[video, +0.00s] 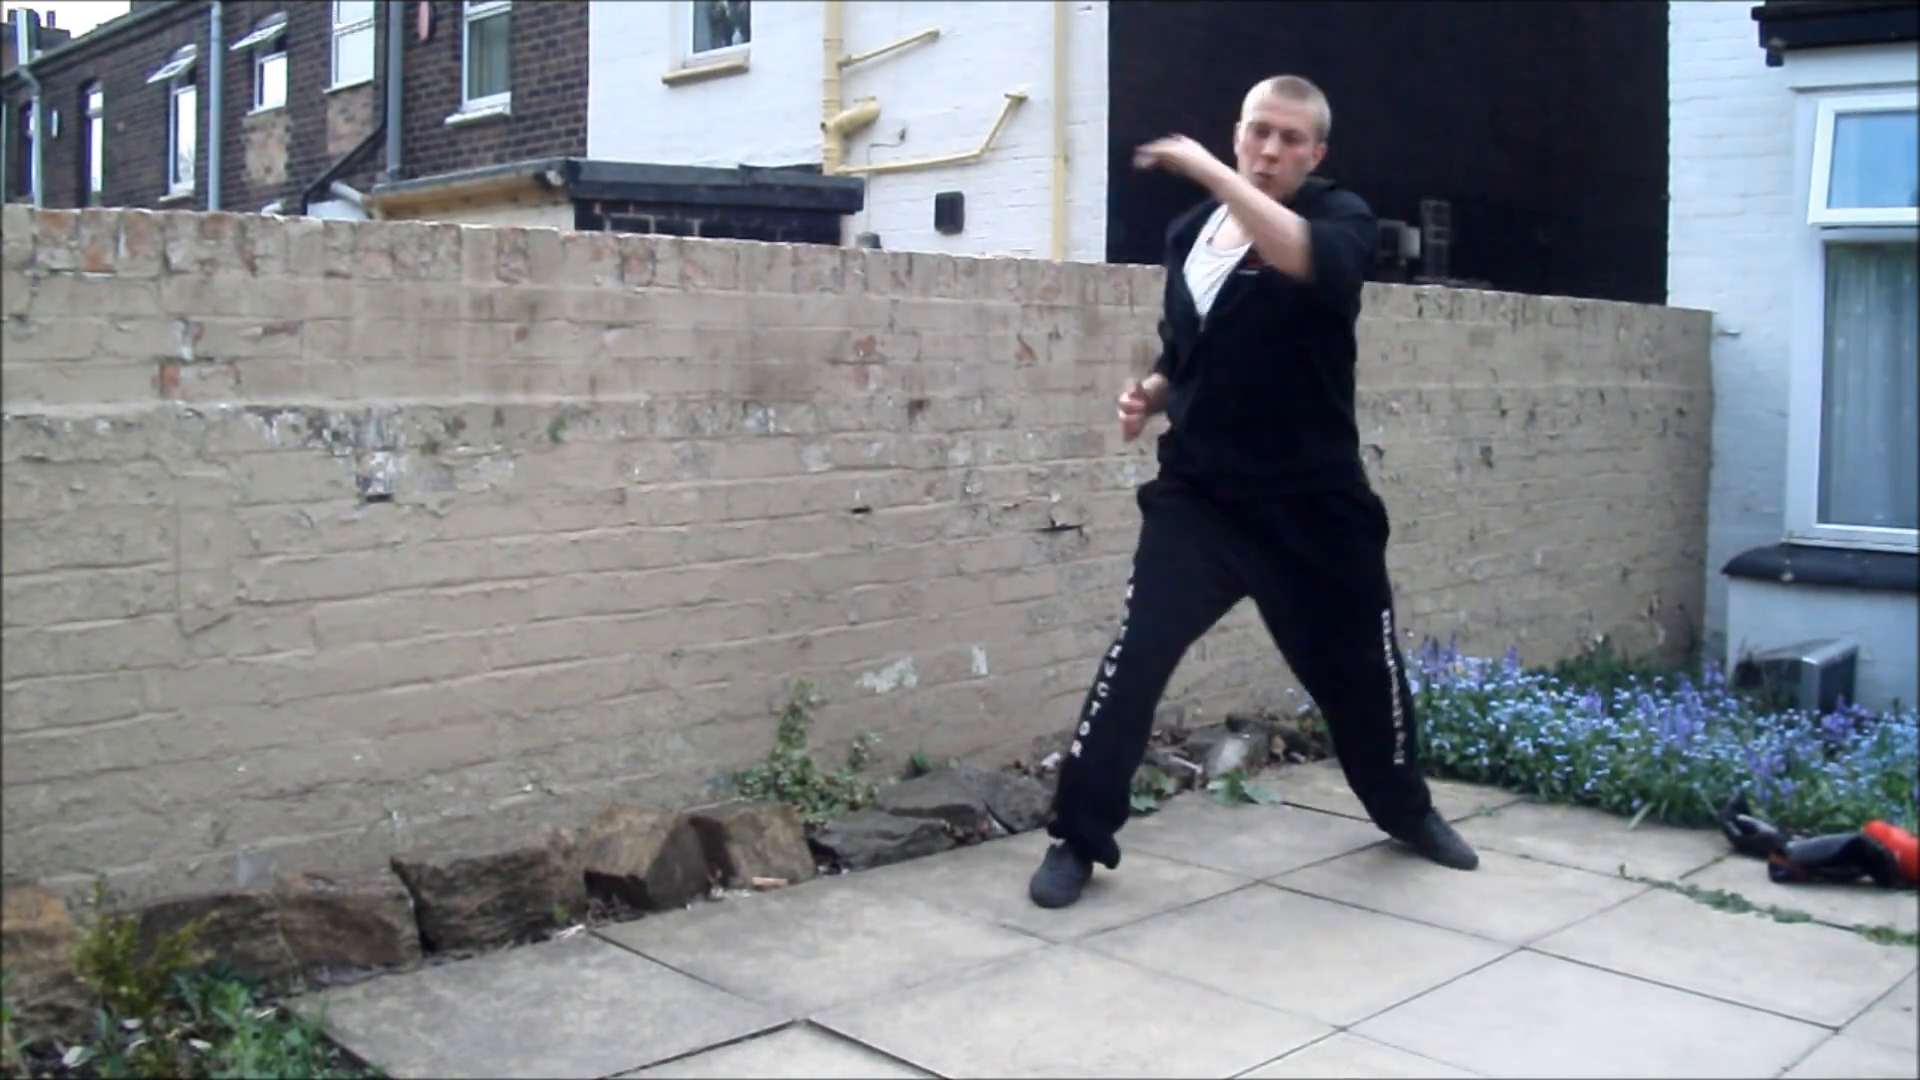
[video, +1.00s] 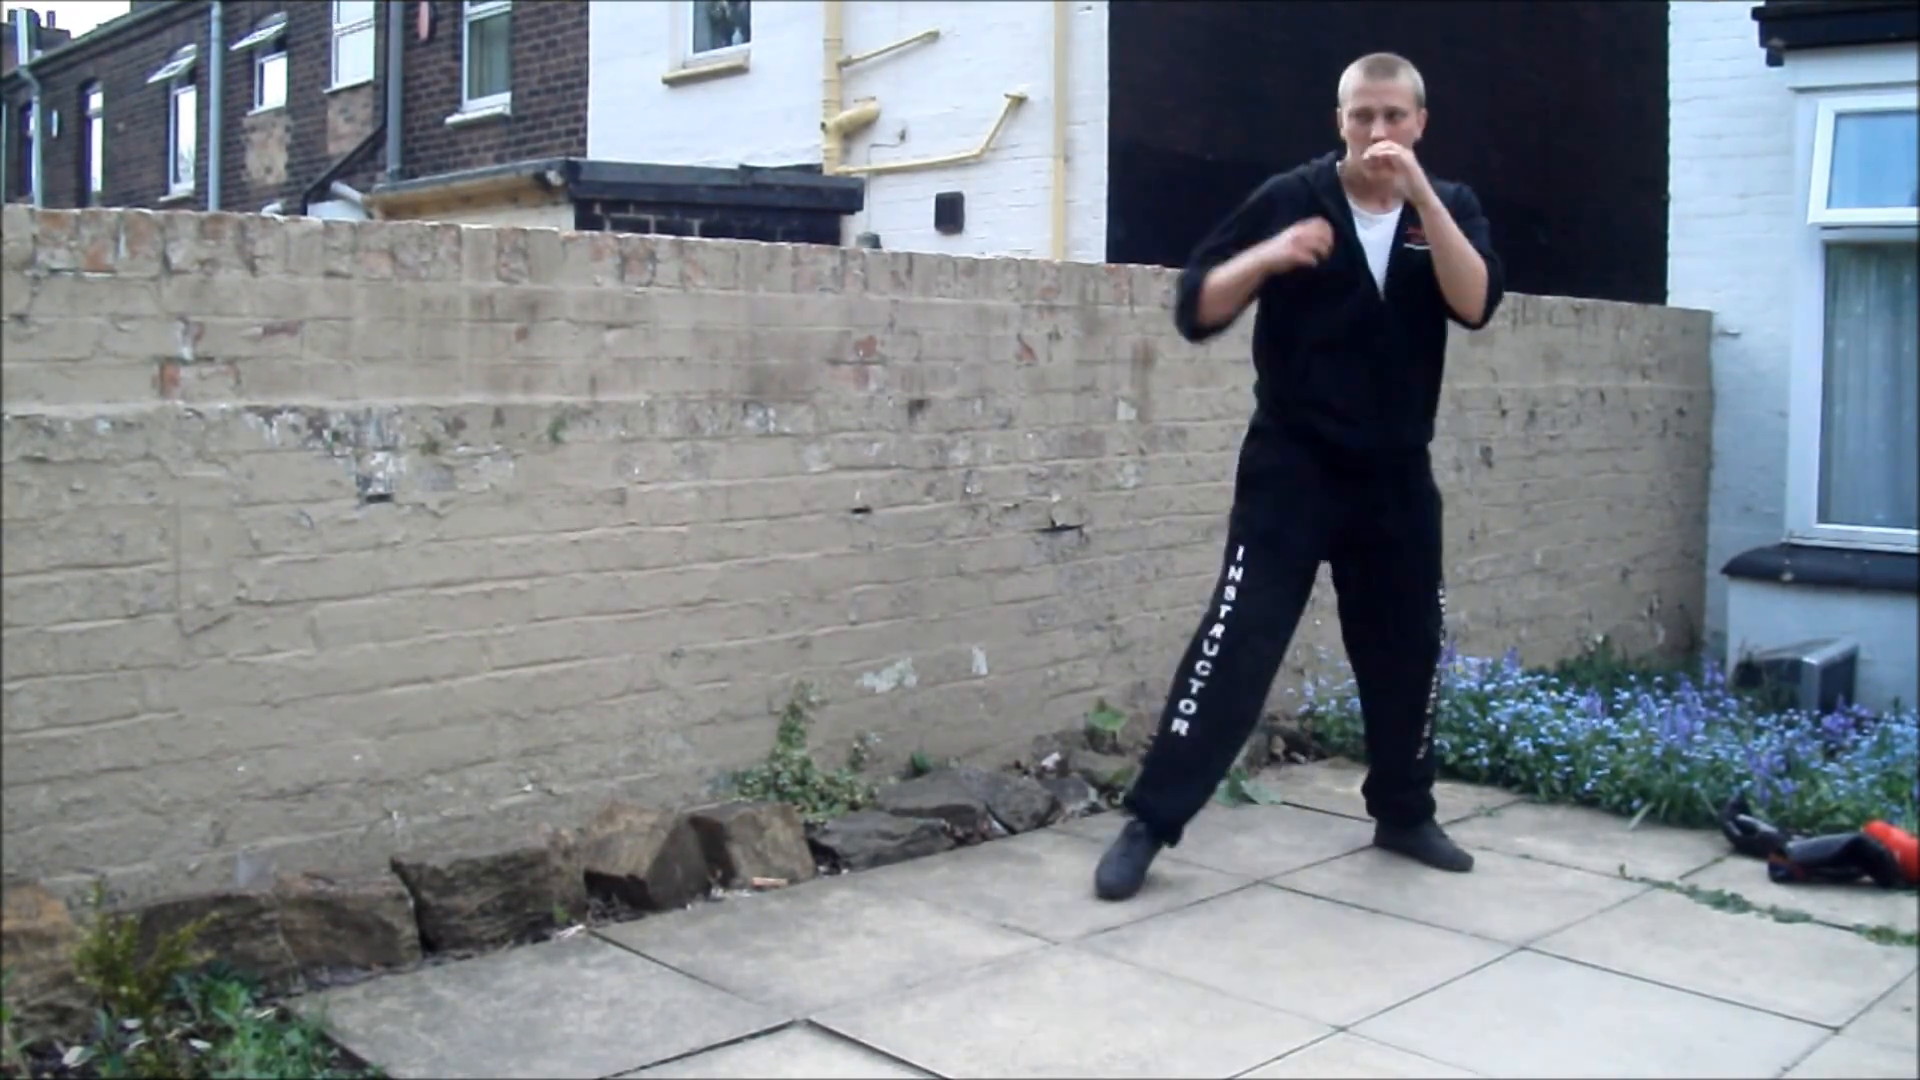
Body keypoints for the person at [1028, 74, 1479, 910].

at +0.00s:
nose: (1269, 150)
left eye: (1290, 139)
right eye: (1259, 132)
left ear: (1318, 153)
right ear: (1233, 134)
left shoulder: (1340, 216)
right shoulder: (1191, 233)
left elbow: (1315, 263)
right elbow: (1185, 348)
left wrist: (1209, 171)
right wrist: (1154, 389)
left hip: (1316, 506)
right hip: (1201, 502)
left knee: (1365, 669)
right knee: (1136, 658)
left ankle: (1406, 811)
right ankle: (1073, 840)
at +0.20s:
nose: (1414, 176)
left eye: (1419, 164)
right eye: (1404, 161)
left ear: (1413, 167)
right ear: (1358, 149)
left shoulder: (1387, 249)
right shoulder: (1279, 184)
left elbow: (1482, 287)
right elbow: (1376, 172)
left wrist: (1413, 199)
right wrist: (1466, 195)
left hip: (1335, 483)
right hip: (1243, 471)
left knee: (1396, 642)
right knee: (1192, 649)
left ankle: (1402, 820)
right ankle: (1081, 835)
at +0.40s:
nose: (1466, 212)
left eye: (1475, 198)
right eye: (1454, 193)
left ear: (1475, 202)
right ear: (1401, 183)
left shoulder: (1434, 269)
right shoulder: (1329, 258)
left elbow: (1508, 360)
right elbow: (1308, 405)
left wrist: (1484, 293)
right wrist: (1419, 402)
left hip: (1385, 512)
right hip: (1292, 510)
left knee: (1440, 651)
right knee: (1219, 669)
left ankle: (1406, 818)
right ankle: (1095, 833)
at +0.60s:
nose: (1406, 106)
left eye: (1421, 91)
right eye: (1390, 90)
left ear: (1439, 98)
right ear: (1357, 92)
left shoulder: (1463, 179)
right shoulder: (1303, 165)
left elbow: (1482, 290)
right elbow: (1246, 290)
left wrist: (1429, 186)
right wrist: (1343, 245)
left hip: (1411, 438)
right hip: (1305, 431)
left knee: (1411, 624)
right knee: (1284, 616)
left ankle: (1409, 801)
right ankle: (1237, 789)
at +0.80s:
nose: (1363, 145)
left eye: (1380, 131)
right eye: (1350, 131)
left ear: (1412, 136)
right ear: (1332, 136)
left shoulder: (1461, 224)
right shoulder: (1291, 232)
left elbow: (1447, 346)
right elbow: (1236, 359)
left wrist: (1401, 236)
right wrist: (1295, 295)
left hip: (1421, 485)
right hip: (1308, 479)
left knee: (1428, 655)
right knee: (1272, 635)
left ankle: (1407, 814)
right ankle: (1270, 784)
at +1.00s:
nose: (1379, 131)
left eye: (1395, 116)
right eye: (1363, 116)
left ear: (1422, 123)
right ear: (1339, 122)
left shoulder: (1450, 209)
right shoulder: (1291, 200)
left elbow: (1476, 305)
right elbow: (1194, 311)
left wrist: (1424, 202)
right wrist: (1263, 257)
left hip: (1395, 474)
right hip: (1289, 467)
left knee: (1404, 647)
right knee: (1238, 640)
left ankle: (1404, 814)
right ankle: (1148, 824)